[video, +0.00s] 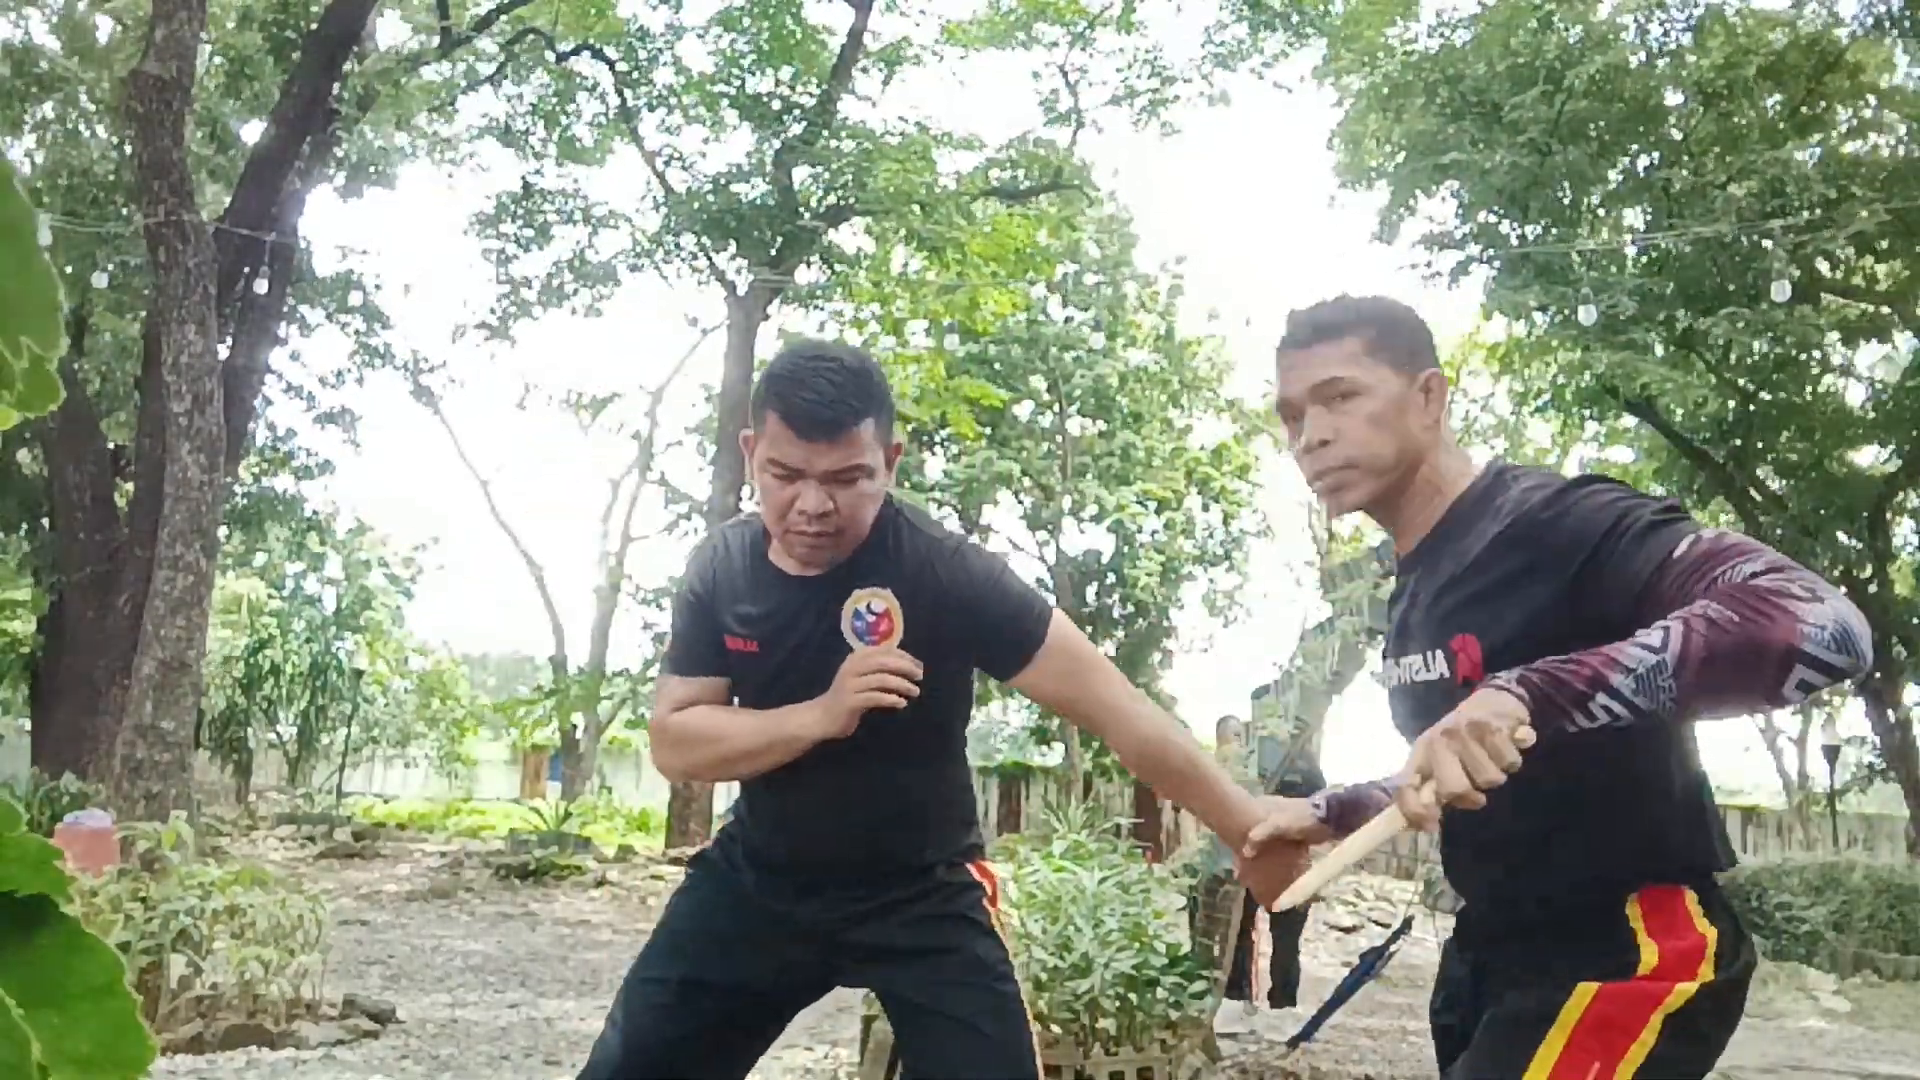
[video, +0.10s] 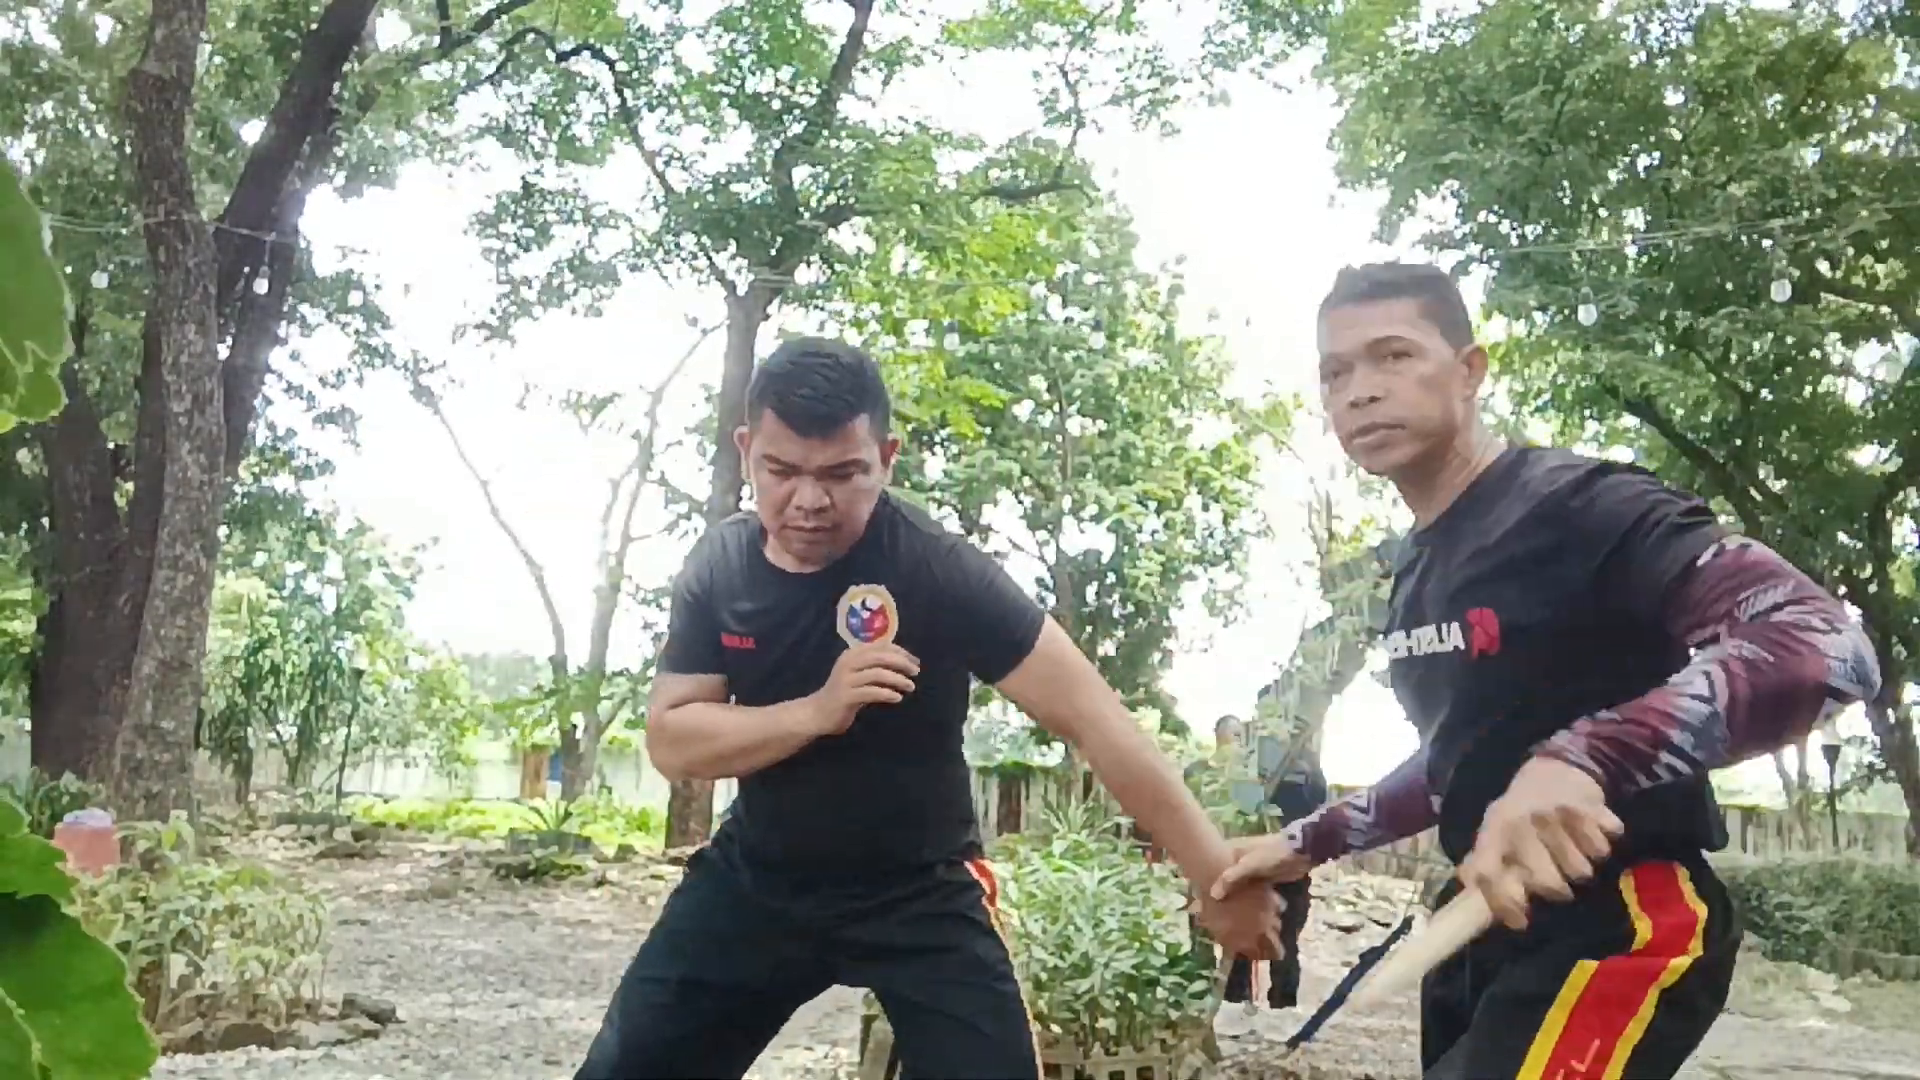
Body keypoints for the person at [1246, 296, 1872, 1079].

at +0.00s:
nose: (1308, 435)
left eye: (1336, 397)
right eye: (1291, 417)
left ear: (1429, 397)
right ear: (1285, 436)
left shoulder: (1561, 520)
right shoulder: (1418, 589)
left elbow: (1819, 627)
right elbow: (1469, 773)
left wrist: (1527, 695)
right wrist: (1330, 815)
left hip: (1632, 958)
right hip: (1495, 953)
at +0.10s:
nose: (1358, 390)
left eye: (1391, 356)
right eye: (1335, 373)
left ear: (1470, 370)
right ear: (1322, 401)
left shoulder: (1586, 504)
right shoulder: (1415, 569)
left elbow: (1816, 638)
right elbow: (1464, 757)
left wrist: (1582, 759)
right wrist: (1302, 845)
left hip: (1624, 916)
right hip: (1482, 921)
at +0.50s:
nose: (1478, 351)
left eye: (1509, 329)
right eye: (1469, 333)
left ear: (1575, 347)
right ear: (1456, 356)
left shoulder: (1662, 480)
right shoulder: (1467, 522)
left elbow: (1793, 665)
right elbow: (1424, 700)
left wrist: (1895, 809)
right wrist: (1365, 650)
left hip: (1662, 841)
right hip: (1521, 835)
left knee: (1658, 1056)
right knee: (1508, 1053)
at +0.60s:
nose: (1501, 342)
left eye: (1531, 321)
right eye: (1492, 326)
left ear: (1598, 348)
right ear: (1485, 354)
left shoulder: (1685, 478)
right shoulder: (1482, 518)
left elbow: (1804, 657)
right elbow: (1456, 689)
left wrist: (1885, 837)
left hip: (1675, 838)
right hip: (1533, 835)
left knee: (1681, 1052)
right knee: (1534, 1053)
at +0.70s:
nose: (1524, 338)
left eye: (1558, 318)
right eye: (1514, 323)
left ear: (1626, 345)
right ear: (1506, 353)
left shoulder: (1722, 486)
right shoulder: (1499, 520)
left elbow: (1830, 683)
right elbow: (1499, 703)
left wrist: (1845, 886)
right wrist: (1485, 881)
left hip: (1692, 862)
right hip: (1541, 869)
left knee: (1708, 1059)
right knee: (1552, 1059)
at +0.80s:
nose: (1545, 331)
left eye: (1578, 311)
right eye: (1533, 318)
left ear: (1649, 338)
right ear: (1525, 349)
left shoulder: (1740, 477)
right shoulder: (1519, 513)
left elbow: (1841, 676)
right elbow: (1536, 694)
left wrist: (1828, 877)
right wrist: (1524, 866)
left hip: (1713, 874)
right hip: (1564, 882)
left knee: (1728, 1060)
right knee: (1572, 1061)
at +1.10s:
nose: (1584, 326)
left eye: (1618, 304)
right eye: (1574, 311)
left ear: (1693, 331)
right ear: (1564, 343)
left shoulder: (1787, 477)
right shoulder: (1597, 499)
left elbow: (1890, 680)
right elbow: (1625, 689)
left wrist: (1865, 904)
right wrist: (1555, 822)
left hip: (1760, 871)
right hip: (1619, 872)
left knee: (1748, 1061)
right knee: (1610, 1059)